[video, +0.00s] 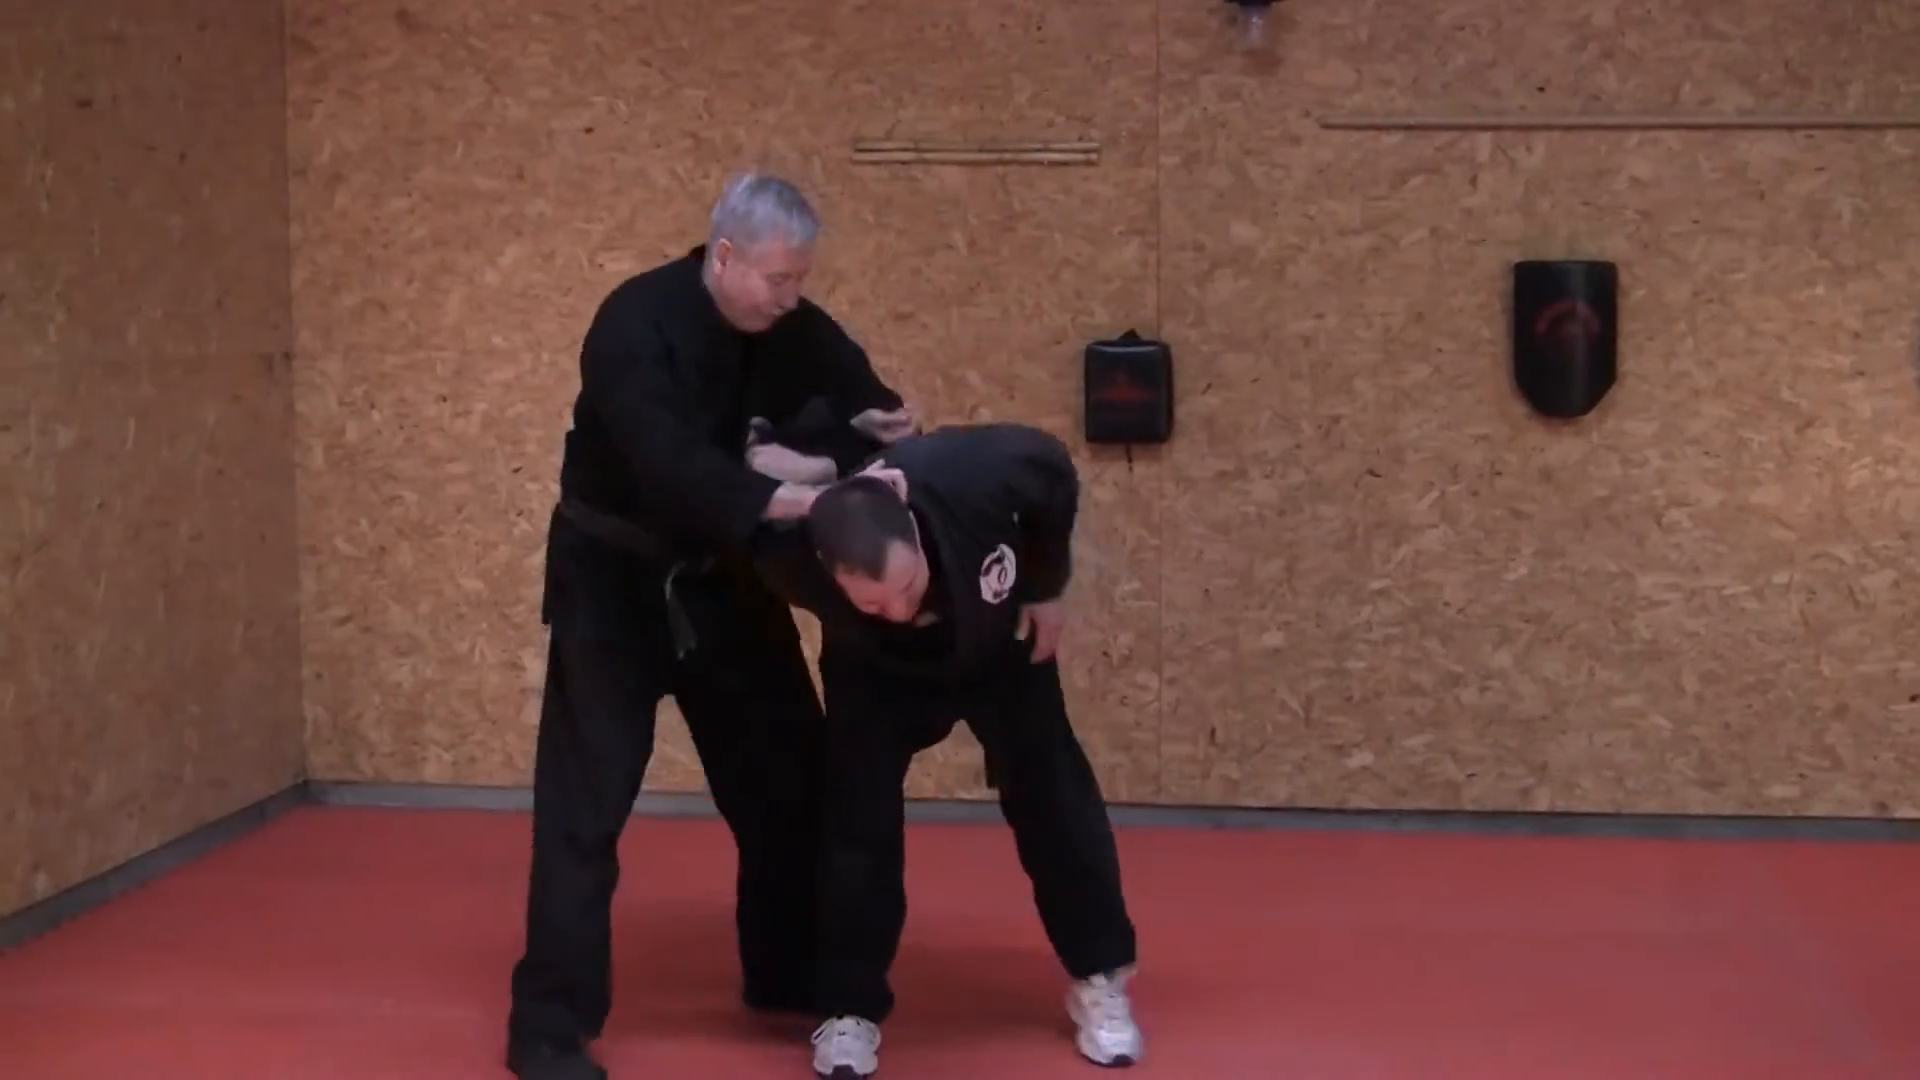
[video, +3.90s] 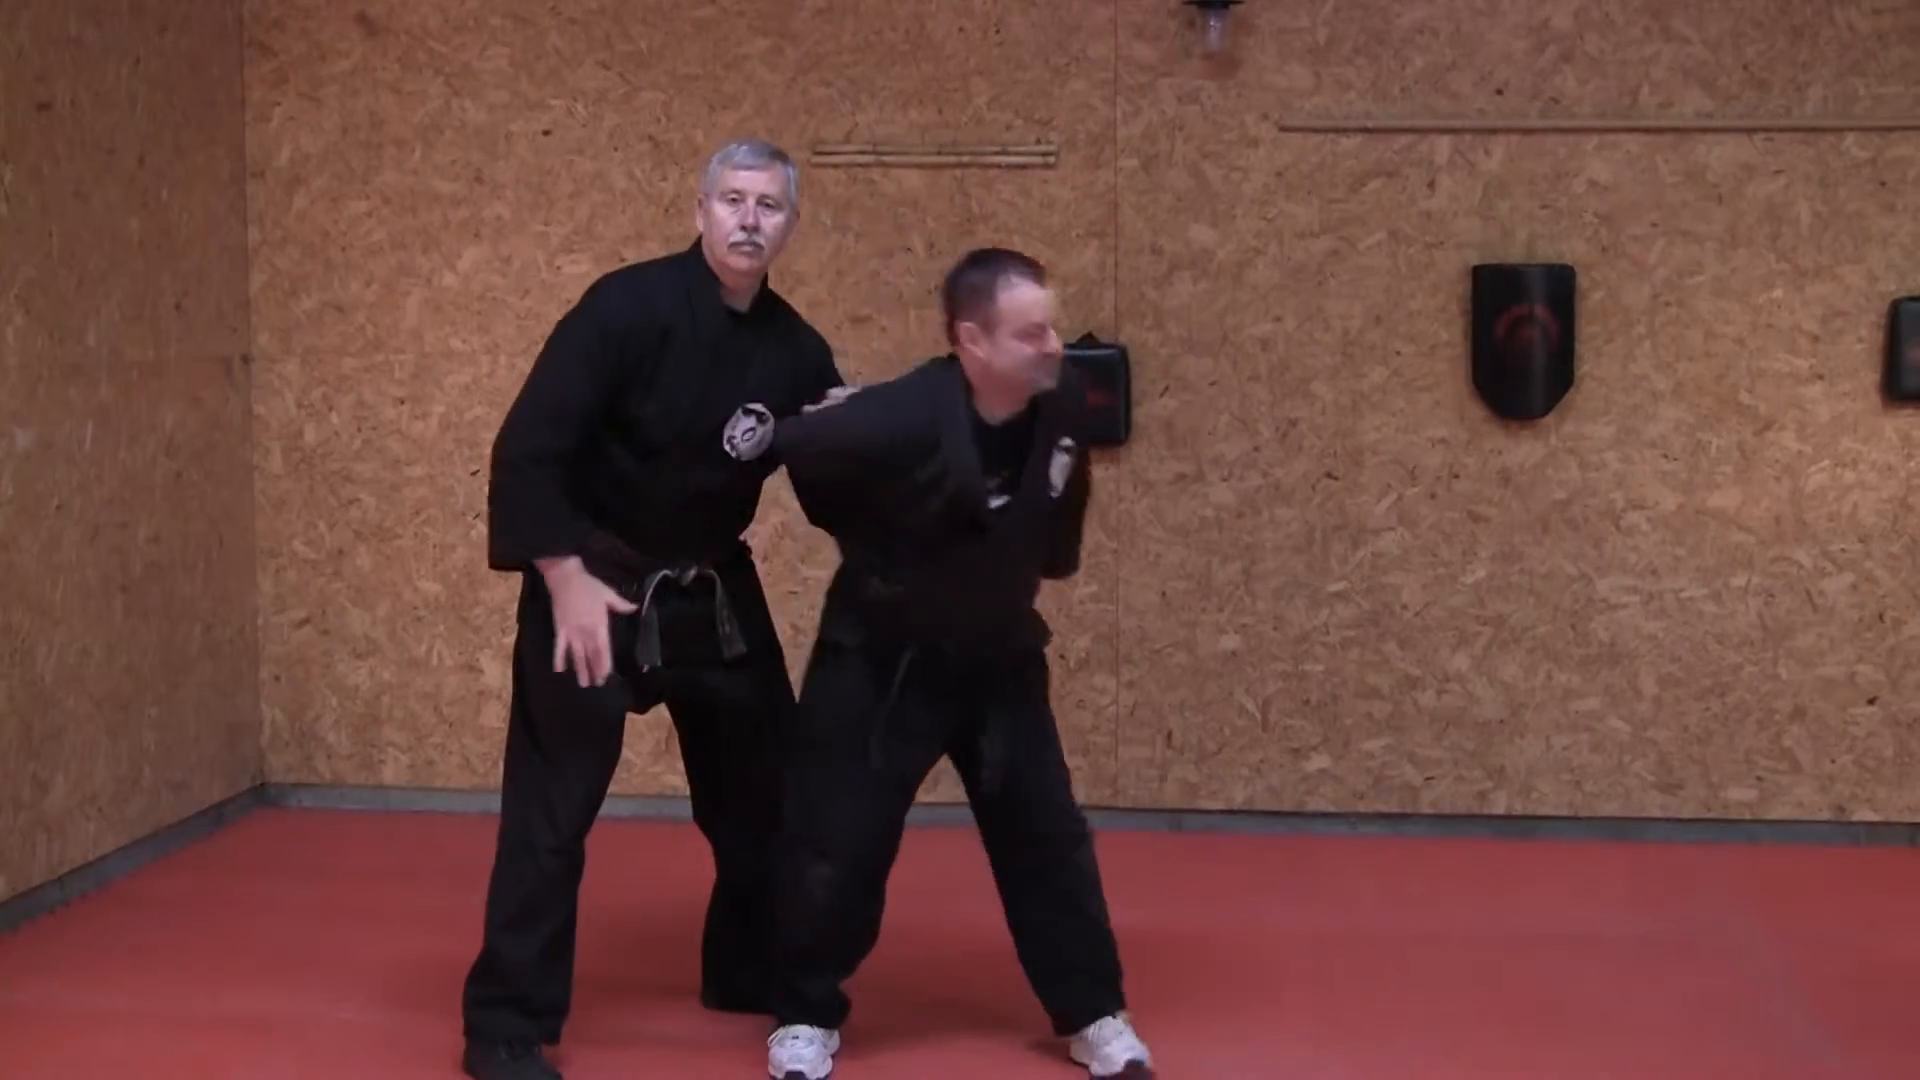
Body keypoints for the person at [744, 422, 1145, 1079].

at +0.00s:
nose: (898, 609)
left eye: (904, 589)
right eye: (875, 604)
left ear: (915, 535)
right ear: (832, 570)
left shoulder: (974, 479)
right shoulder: (794, 554)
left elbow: (1050, 471)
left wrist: (1046, 586)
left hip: (997, 641)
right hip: (875, 659)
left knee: (1056, 800)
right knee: (858, 820)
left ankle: (1098, 982)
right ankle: (852, 1012)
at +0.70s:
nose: (865, 487)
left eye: (862, 464)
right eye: (837, 486)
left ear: (869, 440)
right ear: (796, 498)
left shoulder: (928, 425)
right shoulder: (786, 538)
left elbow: (1013, 416)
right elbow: (734, 582)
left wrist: (1074, 511)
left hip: (1003, 621)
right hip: (883, 649)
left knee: (1050, 791)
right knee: (864, 816)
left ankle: (1083, 972)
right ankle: (858, 1011)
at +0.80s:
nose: (852, 451)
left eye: (855, 429)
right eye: (823, 447)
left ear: (871, 416)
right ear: (787, 466)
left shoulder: (936, 415)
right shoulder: (788, 521)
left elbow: (1016, 415)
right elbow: (754, 566)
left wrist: (1078, 507)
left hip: (1003, 624)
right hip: (883, 647)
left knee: (1051, 792)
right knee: (863, 817)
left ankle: (1081, 972)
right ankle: (857, 1010)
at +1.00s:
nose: (839, 375)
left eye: (842, 357)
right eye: (811, 376)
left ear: (865, 363)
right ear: (785, 413)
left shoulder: (940, 388)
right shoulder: (796, 497)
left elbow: (1024, 420)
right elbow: (753, 543)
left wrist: (1085, 494)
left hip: (1006, 622)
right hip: (888, 652)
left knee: (1053, 799)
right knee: (868, 822)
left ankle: (1079, 977)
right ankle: (851, 1011)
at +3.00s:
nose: (888, 268)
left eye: (882, 252)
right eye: (860, 262)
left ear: (895, 269)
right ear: (812, 303)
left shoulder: (940, 346)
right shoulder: (798, 414)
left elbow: (989, 431)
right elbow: (722, 501)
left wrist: (1014, 519)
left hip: (944, 629)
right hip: (829, 641)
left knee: (1005, 808)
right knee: (819, 830)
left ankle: (1038, 981)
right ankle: (810, 1013)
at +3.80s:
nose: (1002, 319)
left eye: (999, 302)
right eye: (981, 310)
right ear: (919, 330)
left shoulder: (1013, 375)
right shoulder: (863, 419)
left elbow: (1025, 460)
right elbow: (759, 454)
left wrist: (1021, 541)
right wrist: (772, 434)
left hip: (973, 634)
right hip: (861, 645)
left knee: (1037, 812)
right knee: (835, 829)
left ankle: (1074, 989)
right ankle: (807, 1015)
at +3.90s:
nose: (1053, 344)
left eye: (1052, 327)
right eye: (1031, 332)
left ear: (1055, 325)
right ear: (970, 340)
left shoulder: (1063, 408)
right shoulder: (903, 417)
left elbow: (1056, 537)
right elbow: (793, 445)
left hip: (997, 651)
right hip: (882, 655)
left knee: (1046, 830)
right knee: (839, 833)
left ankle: (1092, 1011)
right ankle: (807, 1015)